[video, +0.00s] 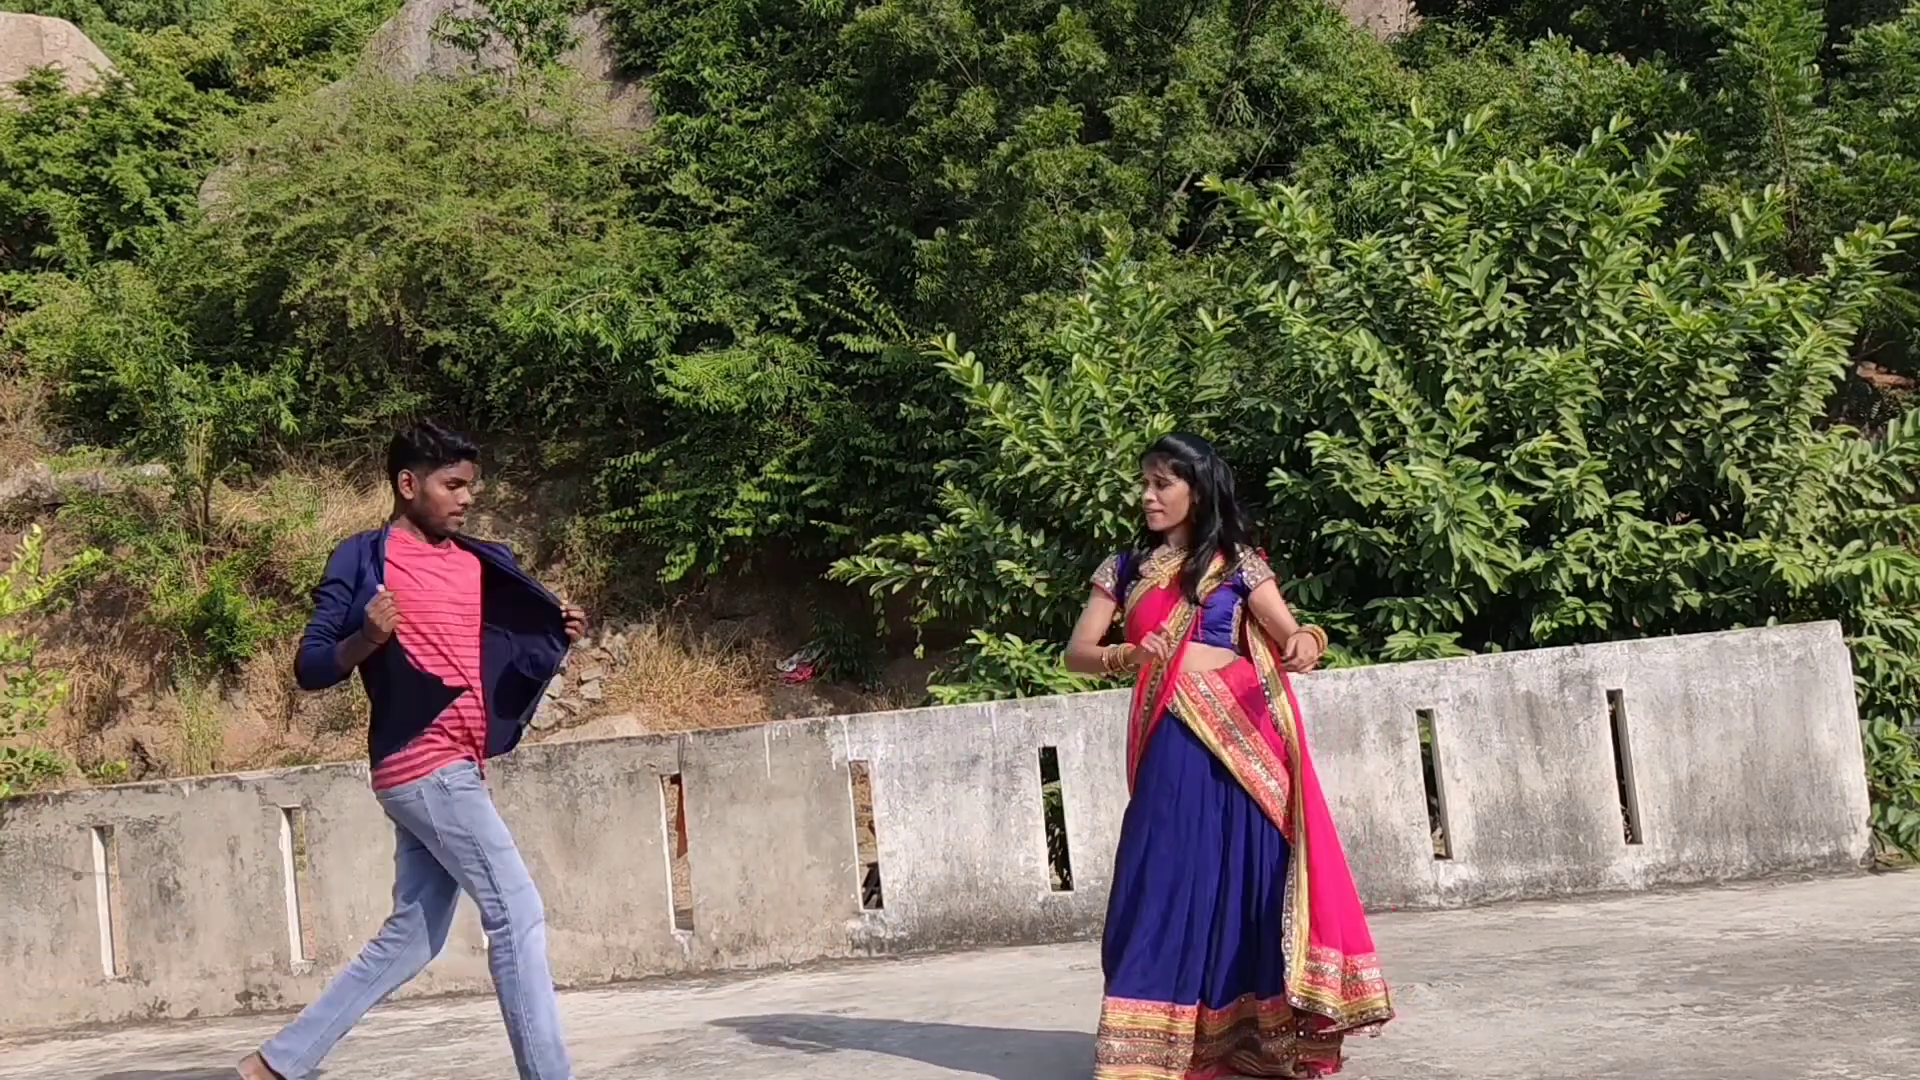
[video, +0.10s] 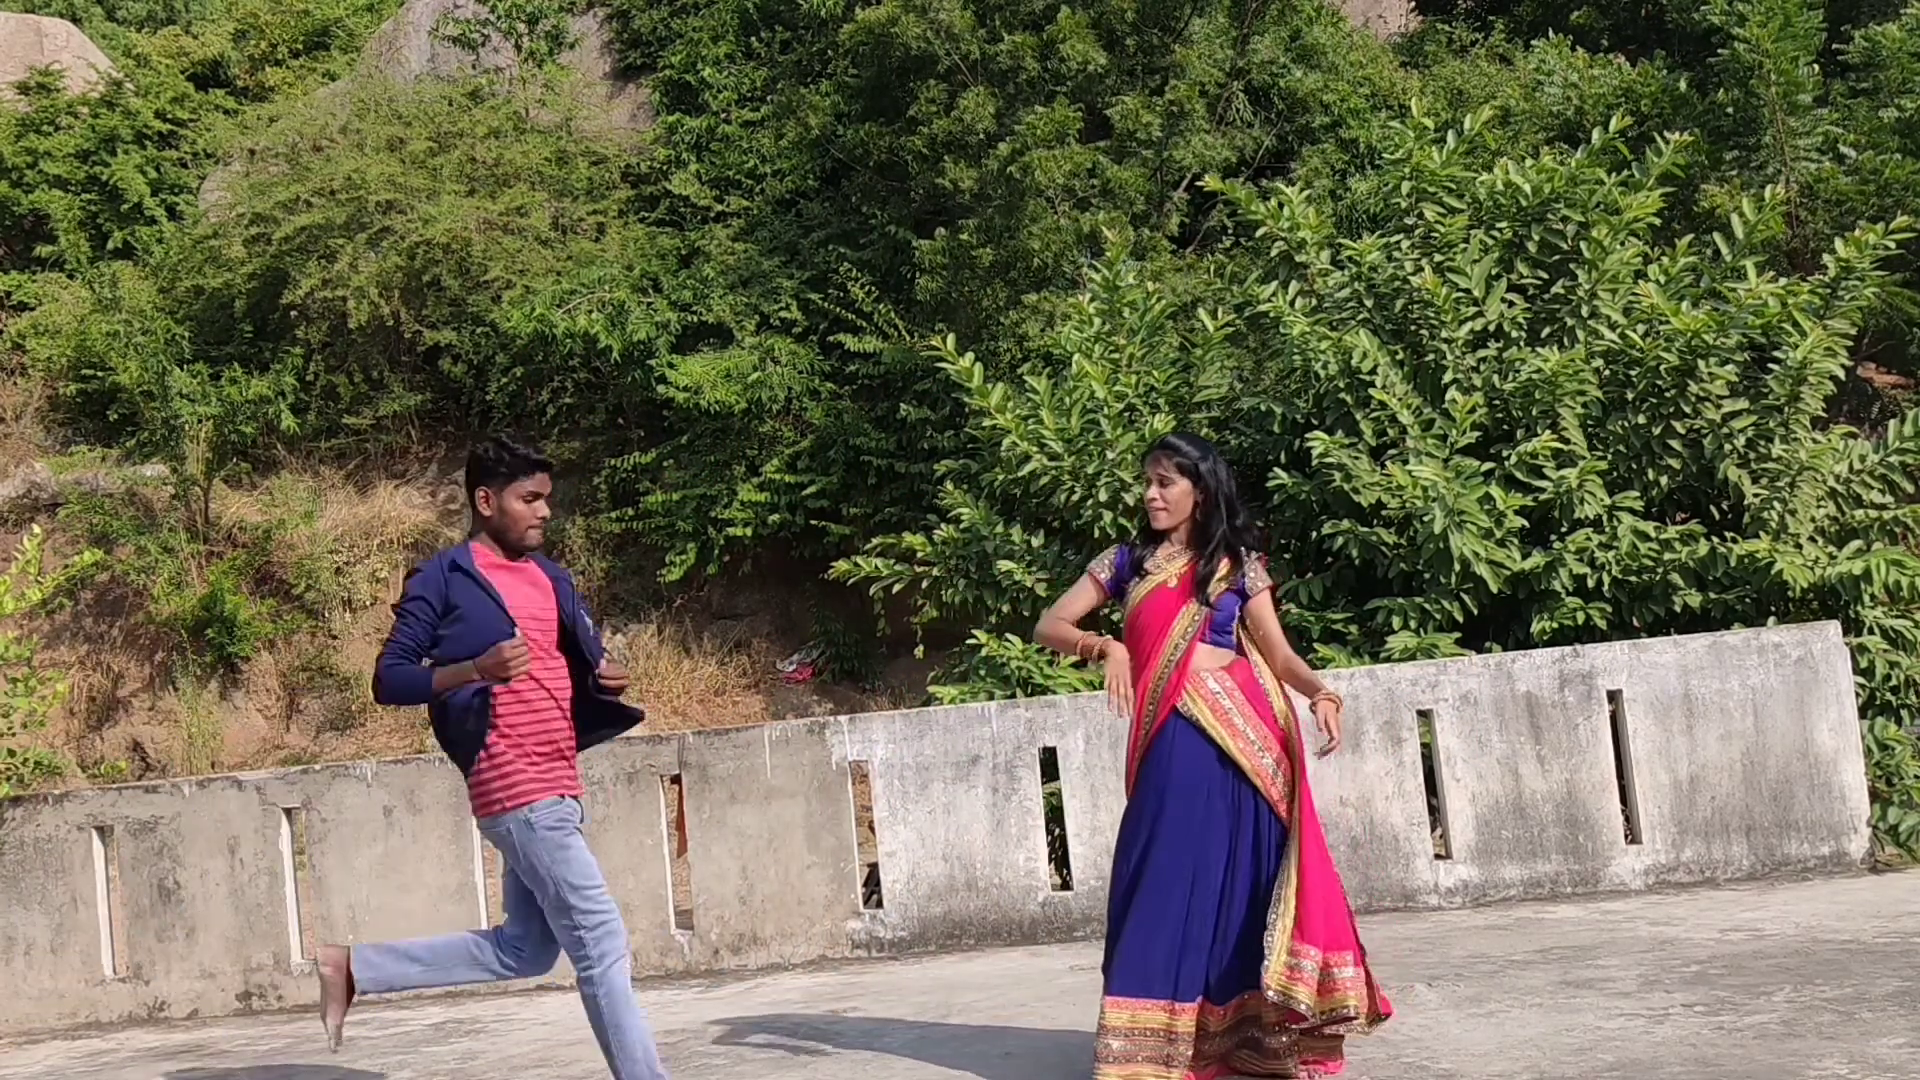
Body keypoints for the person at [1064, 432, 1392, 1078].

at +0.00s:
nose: (1150, 495)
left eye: (1164, 484)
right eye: (1146, 483)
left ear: (1201, 491)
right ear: (1143, 492)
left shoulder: (1238, 560)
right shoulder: (1122, 568)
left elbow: (1288, 638)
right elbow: (1080, 653)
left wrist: (1306, 642)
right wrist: (1127, 654)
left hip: (1243, 733)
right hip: (1170, 737)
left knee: (1251, 877)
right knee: (1169, 880)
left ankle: (1261, 1040)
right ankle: (1179, 1045)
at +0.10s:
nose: (1152, 494)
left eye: (1166, 483)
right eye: (1148, 483)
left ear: (1202, 491)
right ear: (1145, 491)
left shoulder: (1238, 560)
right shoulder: (1126, 560)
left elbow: (1276, 649)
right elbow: (1049, 626)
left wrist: (1318, 688)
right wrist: (1107, 646)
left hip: (1242, 729)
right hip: (1173, 733)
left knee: (1251, 877)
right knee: (1175, 876)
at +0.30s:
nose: (1151, 490)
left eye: (1164, 478)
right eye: (1147, 479)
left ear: (1200, 489)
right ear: (1144, 490)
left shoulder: (1230, 564)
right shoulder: (1129, 557)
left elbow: (1266, 662)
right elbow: (1016, 571)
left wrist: (1314, 729)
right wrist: (1089, 564)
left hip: (1223, 728)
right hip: (1165, 735)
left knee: (1175, 870)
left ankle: (1157, 1041)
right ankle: (1261, 1031)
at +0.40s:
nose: (1149, 489)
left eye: (1163, 478)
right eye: (1146, 478)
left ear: (1199, 489)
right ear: (1145, 488)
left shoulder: (1227, 563)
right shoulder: (1132, 556)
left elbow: (1259, 658)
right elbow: (1026, 588)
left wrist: (1307, 717)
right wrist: (1068, 536)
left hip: (1218, 728)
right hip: (1161, 736)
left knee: (1176, 871)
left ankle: (1161, 1040)